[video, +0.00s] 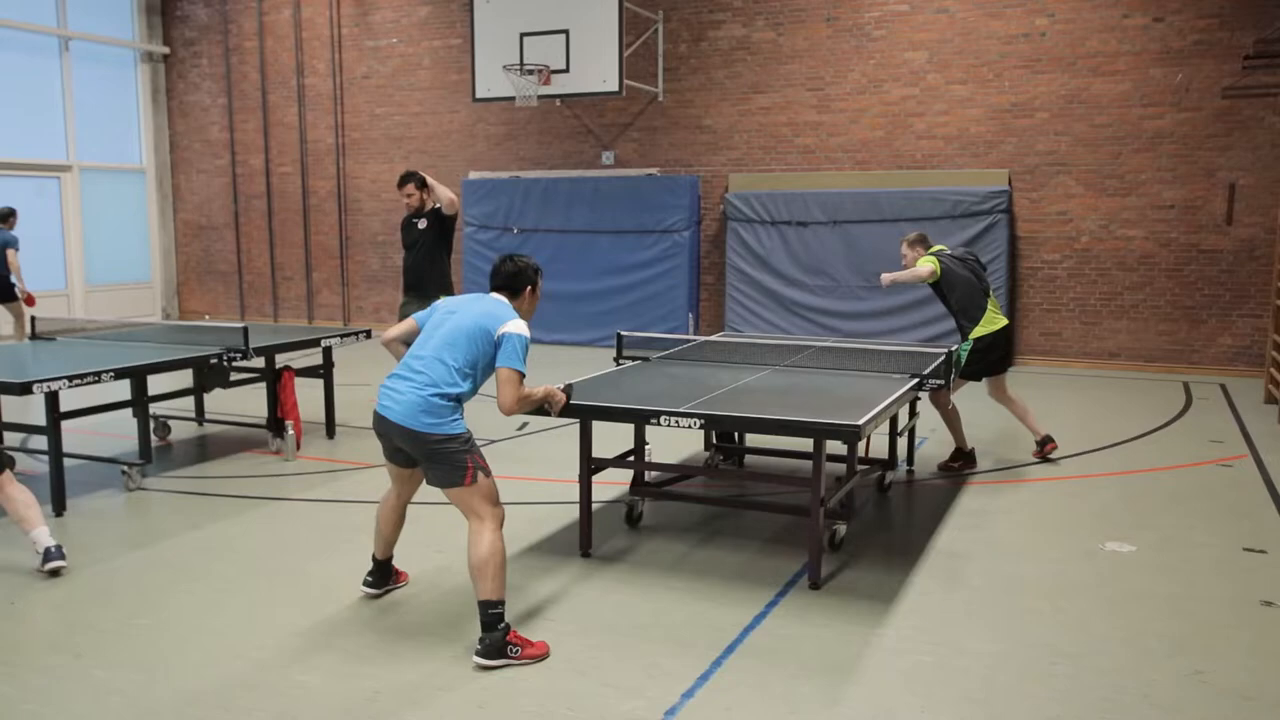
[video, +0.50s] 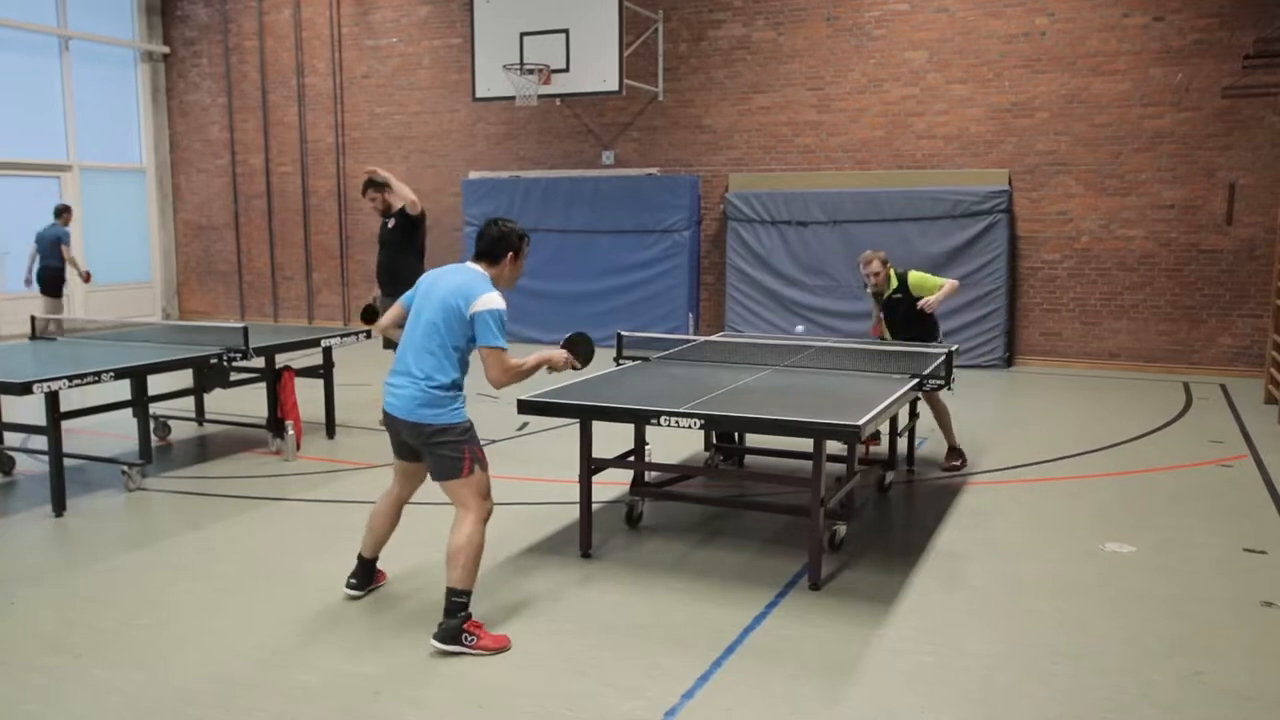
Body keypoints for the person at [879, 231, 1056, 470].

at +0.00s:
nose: (903, 263)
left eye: (905, 256)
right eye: (902, 257)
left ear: (918, 251)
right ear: (926, 248)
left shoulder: (929, 259)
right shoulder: (960, 253)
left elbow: (924, 273)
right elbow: (985, 286)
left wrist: (894, 277)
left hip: (979, 337)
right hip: (1001, 330)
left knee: (939, 395)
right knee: (998, 391)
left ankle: (963, 451)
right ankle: (1042, 438)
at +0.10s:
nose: (892, 269)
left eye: (893, 264)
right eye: (890, 265)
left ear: (906, 258)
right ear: (911, 256)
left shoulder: (923, 260)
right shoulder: (935, 257)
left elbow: (935, 271)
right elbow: (966, 262)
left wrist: (898, 278)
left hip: (975, 337)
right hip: (987, 331)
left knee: (937, 397)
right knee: (970, 391)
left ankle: (963, 452)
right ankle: (1024, 421)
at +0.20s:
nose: (883, 287)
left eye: (884, 281)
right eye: (880, 282)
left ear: (897, 271)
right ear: (895, 272)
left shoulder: (920, 272)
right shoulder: (912, 271)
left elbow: (954, 268)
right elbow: (942, 267)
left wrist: (915, 283)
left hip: (972, 338)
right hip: (959, 336)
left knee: (933, 398)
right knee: (934, 383)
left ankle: (963, 452)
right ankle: (975, 396)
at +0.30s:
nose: (881, 298)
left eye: (885, 292)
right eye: (878, 293)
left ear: (897, 284)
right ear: (874, 290)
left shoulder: (917, 285)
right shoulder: (901, 288)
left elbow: (956, 274)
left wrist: (931, 290)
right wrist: (879, 272)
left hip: (959, 345)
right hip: (935, 343)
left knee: (928, 400)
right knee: (897, 370)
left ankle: (957, 451)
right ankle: (911, 410)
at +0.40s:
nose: (877, 295)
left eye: (881, 289)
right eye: (873, 291)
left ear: (892, 282)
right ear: (868, 289)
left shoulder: (913, 287)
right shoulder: (887, 297)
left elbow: (957, 285)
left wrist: (937, 297)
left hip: (940, 350)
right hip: (915, 350)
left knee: (927, 402)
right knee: (879, 383)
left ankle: (954, 450)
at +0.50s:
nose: (872, 281)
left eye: (876, 274)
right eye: (867, 276)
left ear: (887, 270)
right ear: (863, 276)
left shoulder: (910, 280)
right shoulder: (874, 289)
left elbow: (953, 283)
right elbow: (877, 304)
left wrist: (937, 297)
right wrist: (876, 321)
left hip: (926, 348)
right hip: (896, 348)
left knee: (930, 395)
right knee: (872, 385)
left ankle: (953, 449)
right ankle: (871, 431)